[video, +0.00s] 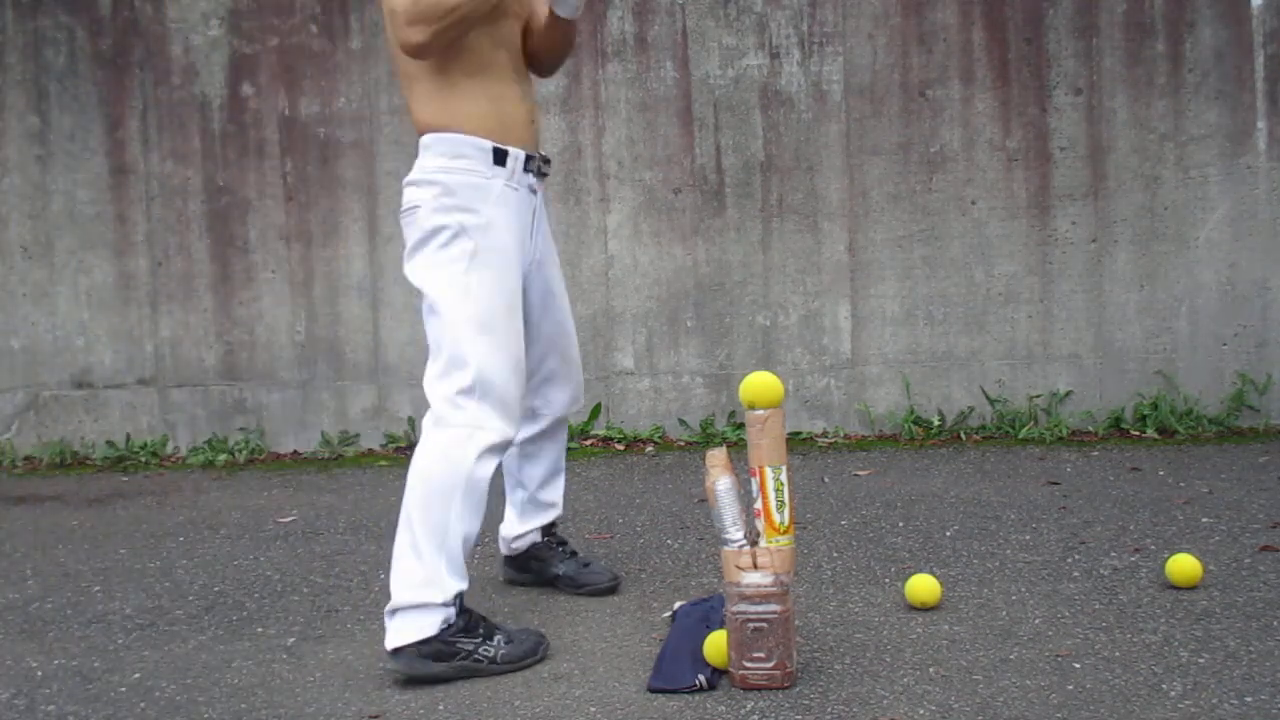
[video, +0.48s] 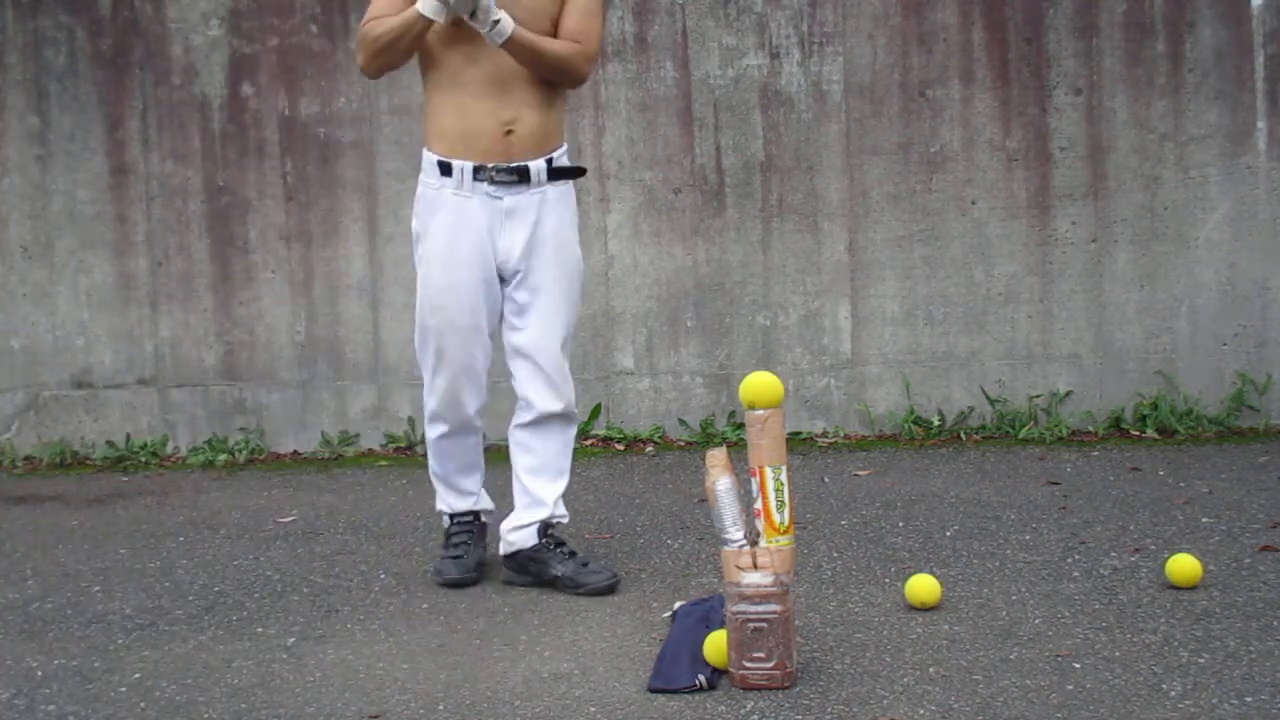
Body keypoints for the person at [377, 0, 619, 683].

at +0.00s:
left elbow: (541, 58)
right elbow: (415, 31)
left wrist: (564, 8)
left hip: (523, 186)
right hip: (463, 182)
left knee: (549, 380)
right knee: (474, 400)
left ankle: (530, 538)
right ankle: (423, 623)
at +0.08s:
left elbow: (565, 61)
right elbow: (413, 39)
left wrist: (564, 9)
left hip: (532, 190)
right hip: (461, 184)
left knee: (543, 384)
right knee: (479, 390)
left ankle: (529, 542)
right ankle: (424, 600)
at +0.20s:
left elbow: (581, 63)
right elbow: (400, 37)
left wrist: (553, 9)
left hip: (537, 190)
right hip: (454, 182)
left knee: (540, 380)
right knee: (478, 372)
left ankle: (527, 538)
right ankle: (454, 557)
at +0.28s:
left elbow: (583, 66)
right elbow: (384, 37)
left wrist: (543, 17)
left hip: (542, 191)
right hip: (453, 188)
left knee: (542, 380)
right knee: (464, 379)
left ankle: (531, 538)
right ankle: (467, 542)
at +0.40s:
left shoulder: (577, 1)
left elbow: (580, 66)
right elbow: (373, 50)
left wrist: (515, 20)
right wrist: (443, 1)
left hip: (546, 190)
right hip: (453, 189)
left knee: (543, 372)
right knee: (447, 375)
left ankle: (530, 538)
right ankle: (469, 513)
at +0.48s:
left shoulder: (575, 1)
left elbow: (577, 66)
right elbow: (371, 58)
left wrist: (499, 25)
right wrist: (429, 8)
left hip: (545, 192)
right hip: (452, 193)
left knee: (545, 371)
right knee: (452, 371)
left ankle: (532, 537)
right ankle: (461, 518)